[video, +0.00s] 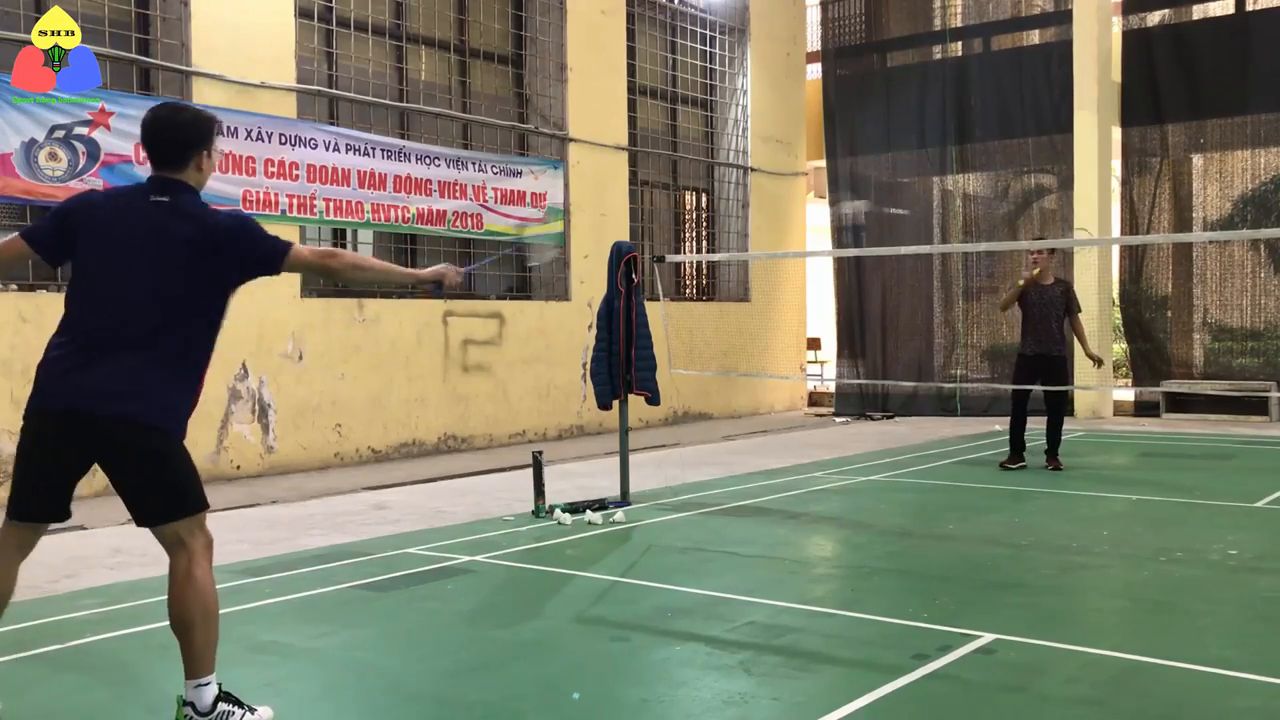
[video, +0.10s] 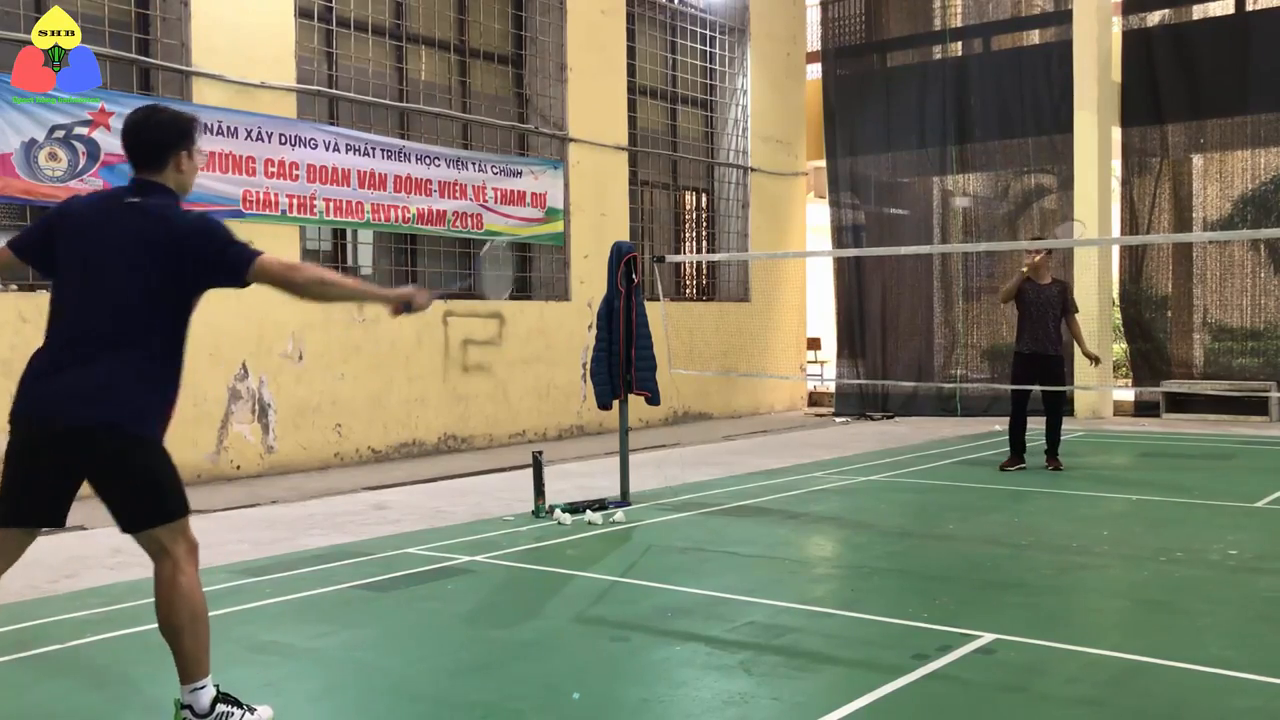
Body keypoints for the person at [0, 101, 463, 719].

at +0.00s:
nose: (216, 159)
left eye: (213, 148)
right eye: (214, 150)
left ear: (148, 154)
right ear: (204, 157)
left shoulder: (89, 209)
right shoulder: (222, 230)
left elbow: (7, 250)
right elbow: (327, 261)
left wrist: (48, 266)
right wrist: (421, 277)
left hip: (54, 408)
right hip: (139, 419)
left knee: (11, 545)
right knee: (190, 545)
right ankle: (201, 699)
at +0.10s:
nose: (198, 163)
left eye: (195, 152)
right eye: (195, 153)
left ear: (134, 157)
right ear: (180, 159)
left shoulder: (76, 213)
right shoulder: (192, 231)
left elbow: (8, 257)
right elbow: (294, 276)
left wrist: (60, 269)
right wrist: (387, 295)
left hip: (40, 415)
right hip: (120, 422)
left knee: (4, 545)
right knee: (174, 552)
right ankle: (200, 700)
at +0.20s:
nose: (177, 181)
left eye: (175, 168)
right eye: (173, 169)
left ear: (113, 175)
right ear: (152, 174)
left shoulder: (56, 227)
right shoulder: (156, 243)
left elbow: (1, 288)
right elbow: (238, 308)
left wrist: (13, 347)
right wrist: (331, 337)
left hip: (15, 431)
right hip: (85, 438)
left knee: (5, 551)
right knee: (158, 557)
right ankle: (198, 700)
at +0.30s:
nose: (160, 197)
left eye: (158, 184)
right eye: (155, 186)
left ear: (93, 193)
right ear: (129, 193)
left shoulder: (38, 242)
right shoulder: (118, 262)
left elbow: (15, 326)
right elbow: (189, 345)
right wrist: (282, 381)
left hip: (2, 443)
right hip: (41, 448)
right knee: (126, 566)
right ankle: (192, 701)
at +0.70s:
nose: (159, 171)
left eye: (158, 160)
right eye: (158, 161)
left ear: (90, 165)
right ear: (142, 168)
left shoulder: (22, 213)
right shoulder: (146, 240)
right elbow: (235, 312)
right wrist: (253, 322)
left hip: (1, 413)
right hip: (53, 425)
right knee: (106, 562)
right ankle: (124, 709)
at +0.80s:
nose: (167, 162)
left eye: (163, 152)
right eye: (165, 153)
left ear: (93, 157)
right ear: (156, 162)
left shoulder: (33, 206)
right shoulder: (180, 240)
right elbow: (293, 265)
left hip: (1, 413)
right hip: (64, 429)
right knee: (118, 562)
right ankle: (125, 710)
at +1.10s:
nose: (167, 141)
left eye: (163, 129)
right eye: (162, 131)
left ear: (97, 138)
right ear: (146, 140)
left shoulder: (34, 188)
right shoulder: (149, 218)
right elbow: (226, 294)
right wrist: (323, 338)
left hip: (4, 407)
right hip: (70, 421)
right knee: (107, 564)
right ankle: (124, 709)